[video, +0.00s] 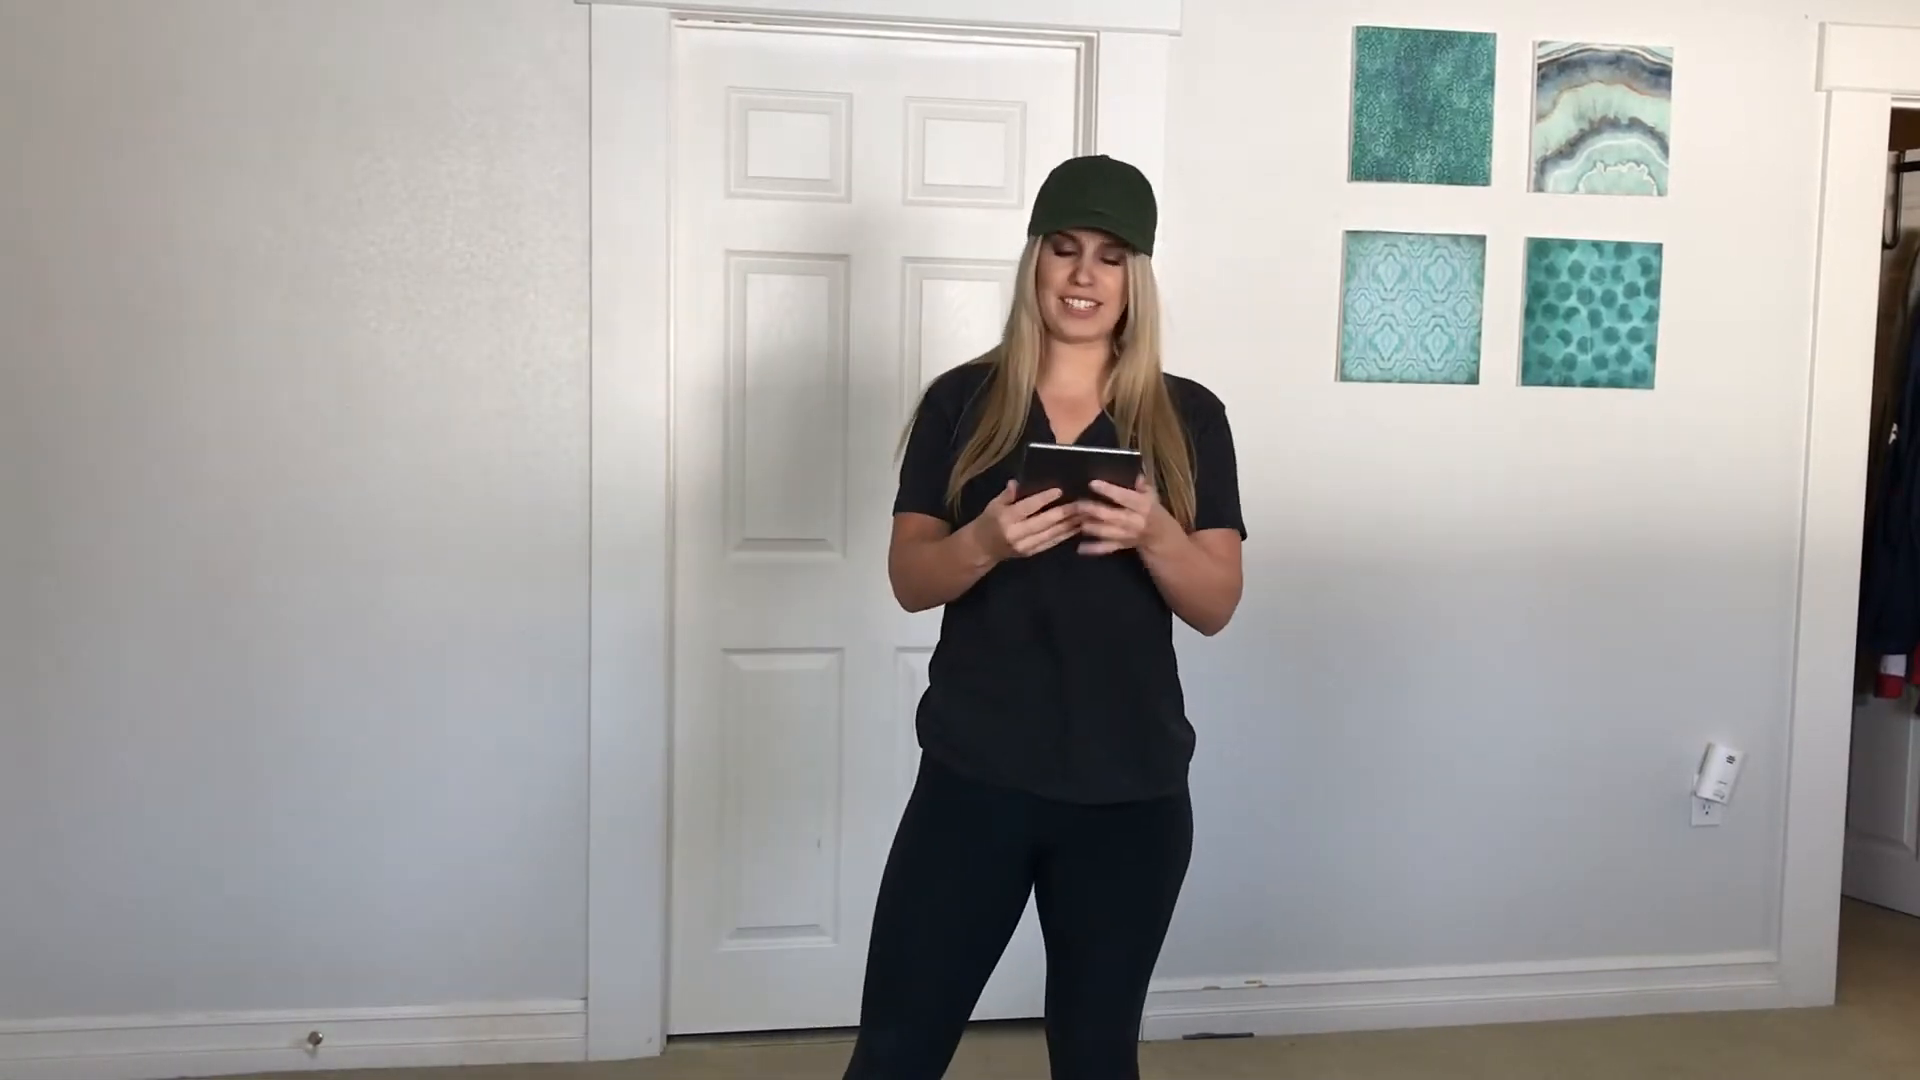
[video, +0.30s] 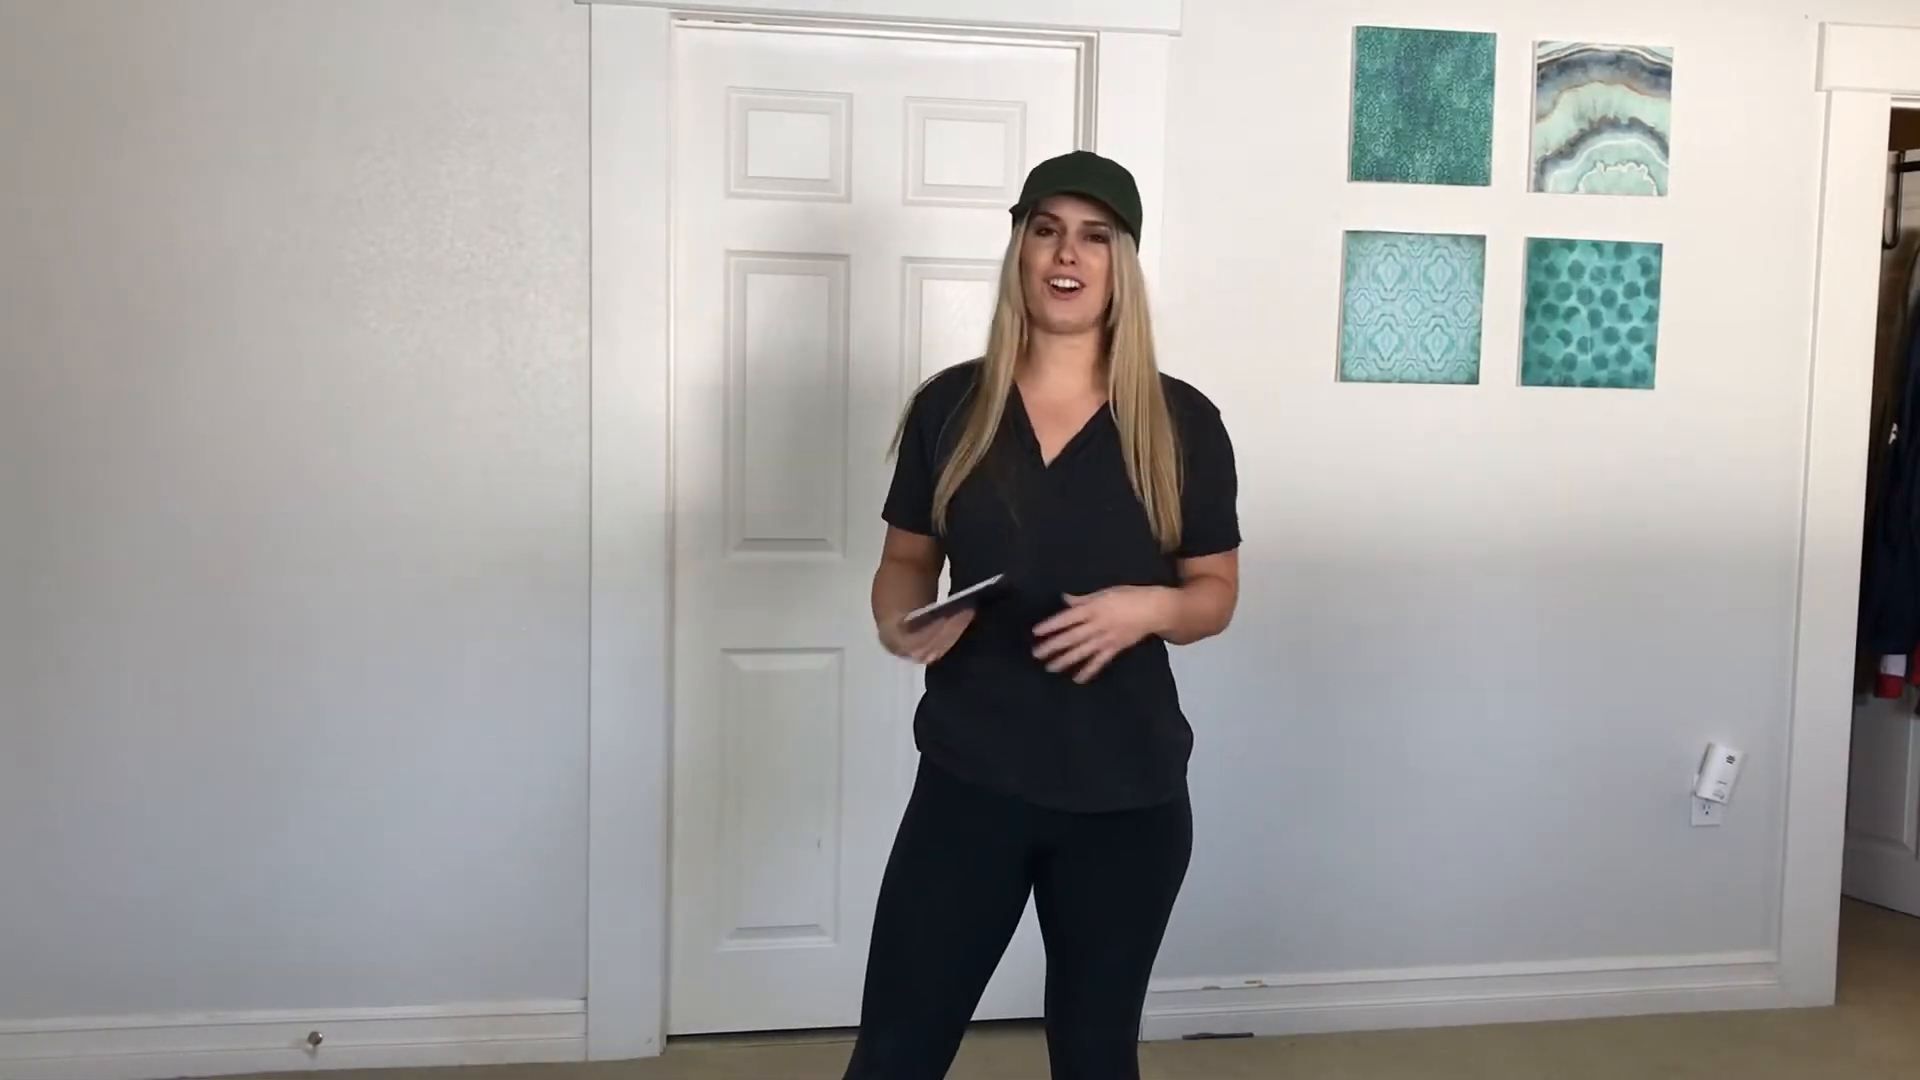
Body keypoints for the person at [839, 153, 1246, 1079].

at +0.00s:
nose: (1082, 275)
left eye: (1108, 257)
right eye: (1064, 250)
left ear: (1136, 277)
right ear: (1032, 263)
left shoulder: (1187, 416)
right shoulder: (959, 402)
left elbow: (1216, 604)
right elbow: (910, 579)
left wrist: (1158, 534)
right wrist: (984, 542)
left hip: (1128, 790)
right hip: (972, 780)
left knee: (1096, 1053)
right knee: (896, 1052)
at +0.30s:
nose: (1065, 254)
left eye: (1092, 237)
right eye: (1046, 232)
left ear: (1124, 264)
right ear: (1017, 252)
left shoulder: (1181, 420)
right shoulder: (950, 406)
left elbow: (1215, 596)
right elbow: (908, 559)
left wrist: (1146, 609)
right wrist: (902, 627)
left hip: (1125, 798)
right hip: (969, 788)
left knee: (1096, 1058)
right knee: (895, 1055)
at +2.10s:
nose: (1017, 265)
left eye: (1046, 248)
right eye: (999, 239)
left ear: (1074, 276)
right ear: (967, 256)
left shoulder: (1125, 411)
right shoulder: (896, 410)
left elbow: (1159, 579)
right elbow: (860, 567)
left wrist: (1187, 589)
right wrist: (832, 659)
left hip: (1096, 793)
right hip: (941, 789)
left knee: (1081, 1055)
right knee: (877, 1058)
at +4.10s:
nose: (1026, 276)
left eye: (1057, 261)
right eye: (1009, 248)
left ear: (1085, 287)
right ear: (976, 260)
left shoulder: (1136, 412)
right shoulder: (911, 406)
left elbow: (1173, 584)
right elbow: (877, 561)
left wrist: (1213, 582)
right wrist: (843, 660)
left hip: (1099, 791)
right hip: (945, 785)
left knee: (1079, 1057)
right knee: (877, 1057)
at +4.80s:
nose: (1019, 276)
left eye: (1048, 258)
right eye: (1000, 250)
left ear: (1078, 281)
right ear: (968, 264)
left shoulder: (1135, 412)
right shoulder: (911, 411)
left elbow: (1178, 603)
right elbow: (883, 566)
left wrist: (1225, 556)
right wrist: (843, 660)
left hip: (1098, 795)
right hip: (944, 791)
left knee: (1080, 1057)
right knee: (874, 1059)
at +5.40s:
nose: (1029, 276)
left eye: (1056, 257)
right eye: (1009, 252)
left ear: (1090, 279)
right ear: (979, 270)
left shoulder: (1140, 411)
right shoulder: (916, 408)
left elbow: (1215, 591)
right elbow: (874, 563)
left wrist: (1158, 507)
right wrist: (850, 657)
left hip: (1099, 793)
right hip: (945, 789)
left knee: (1081, 1057)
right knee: (877, 1058)